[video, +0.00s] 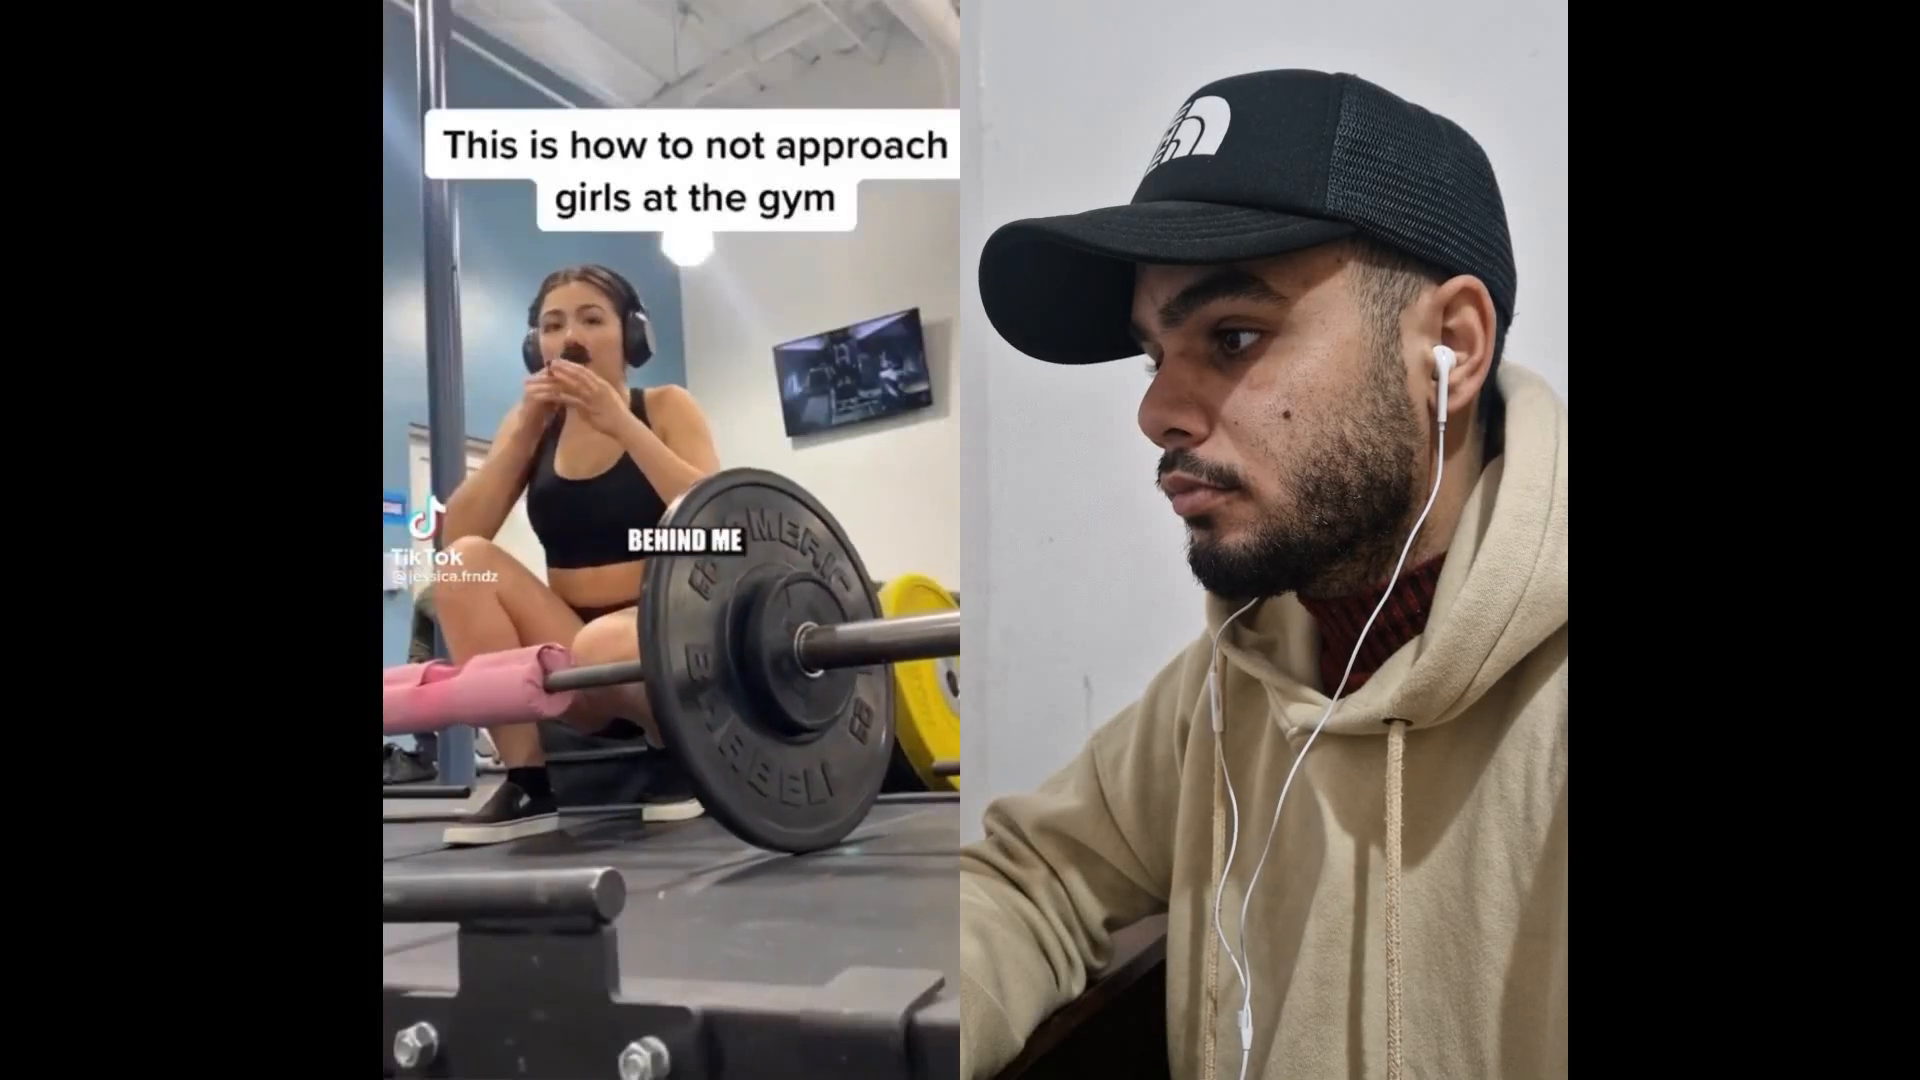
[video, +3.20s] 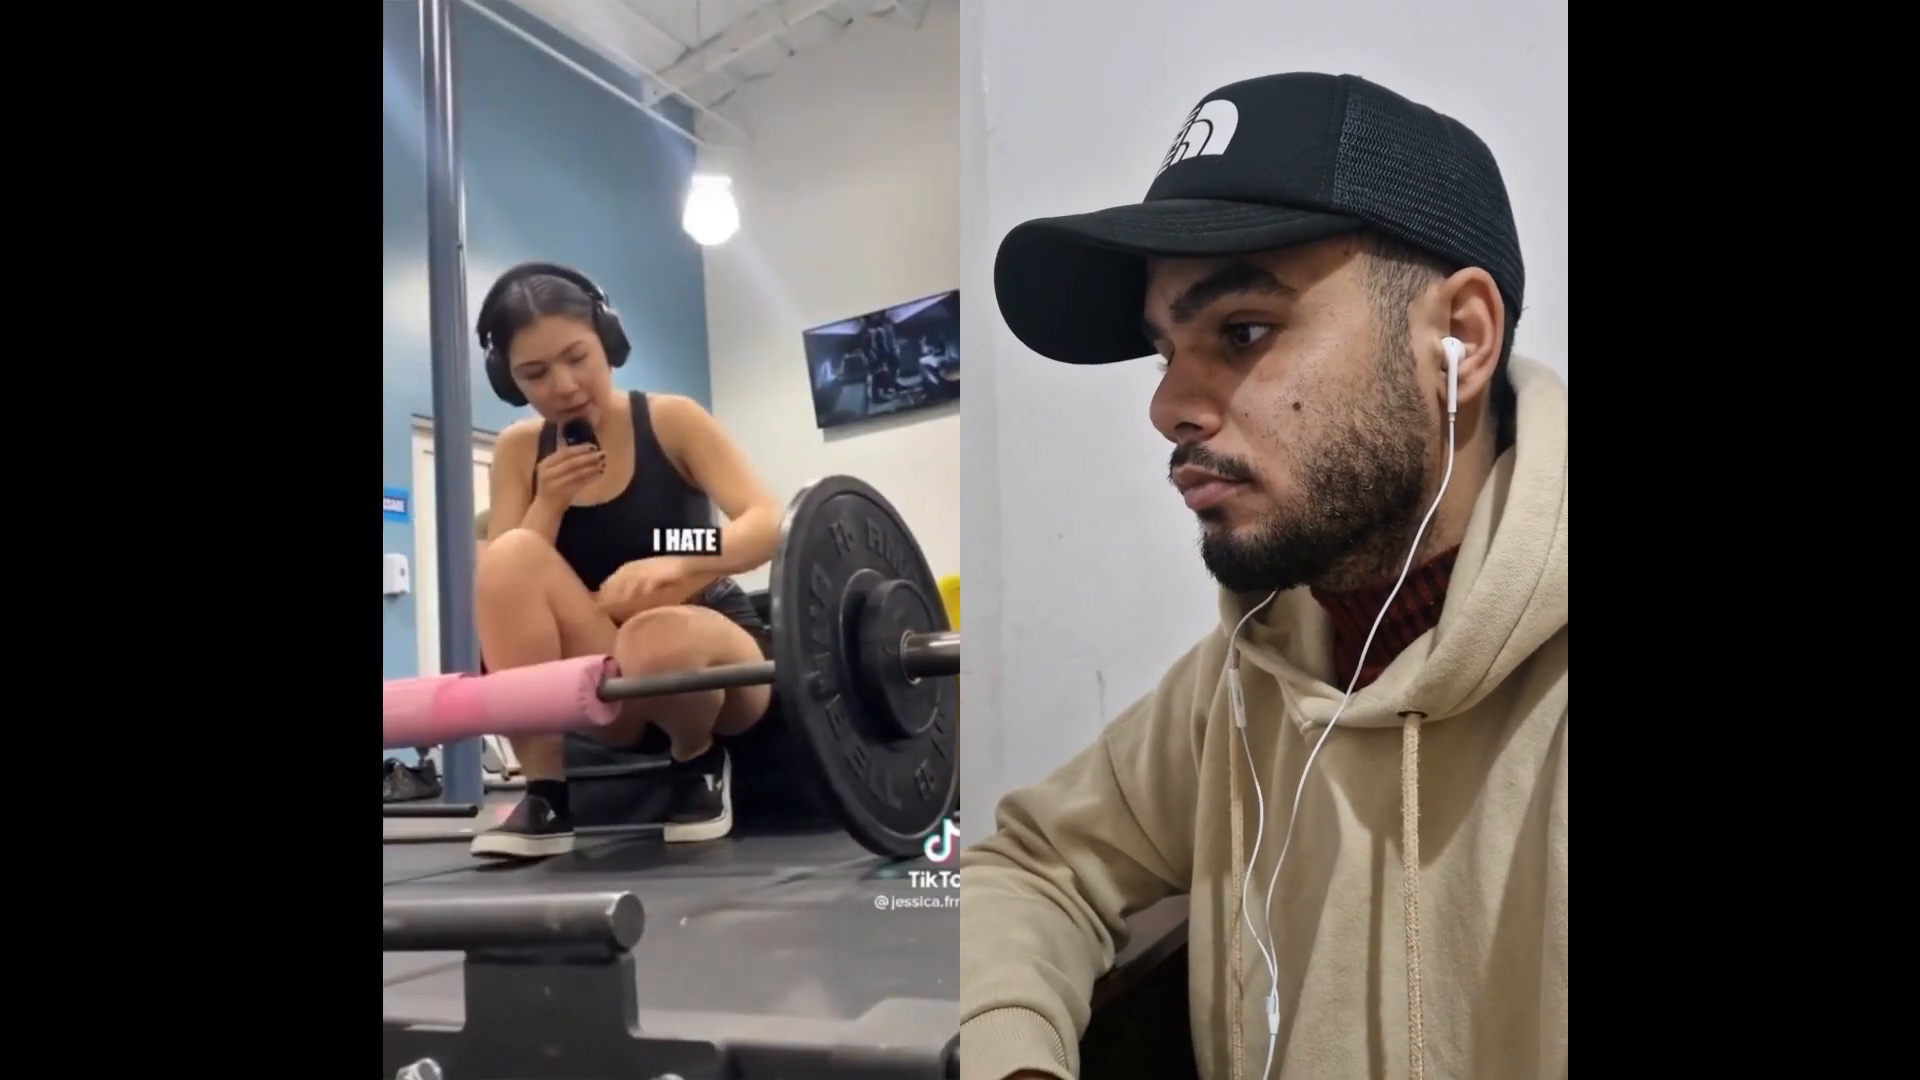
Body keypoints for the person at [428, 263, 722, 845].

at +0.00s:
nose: (571, 336)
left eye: (591, 319)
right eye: (553, 323)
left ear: (628, 336)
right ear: (538, 347)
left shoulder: (666, 407)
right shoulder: (536, 429)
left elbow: (709, 507)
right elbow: (456, 538)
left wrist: (621, 420)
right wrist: (522, 427)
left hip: (670, 633)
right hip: (571, 644)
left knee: (598, 644)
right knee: (463, 564)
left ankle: (679, 754)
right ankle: (527, 781)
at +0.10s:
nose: (573, 334)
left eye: (592, 319)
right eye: (554, 324)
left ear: (628, 336)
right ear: (537, 349)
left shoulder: (666, 410)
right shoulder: (530, 414)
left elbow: (717, 519)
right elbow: (468, 532)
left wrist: (616, 470)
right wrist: (535, 433)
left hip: (671, 628)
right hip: (571, 637)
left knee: (596, 646)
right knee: (461, 564)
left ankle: (689, 754)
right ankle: (527, 781)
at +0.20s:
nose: (575, 332)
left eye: (594, 317)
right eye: (556, 321)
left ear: (629, 334)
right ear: (538, 347)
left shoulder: (663, 411)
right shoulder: (531, 410)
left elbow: (702, 527)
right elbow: (478, 531)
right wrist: (544, 427)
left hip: (663, 630)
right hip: (567, 637)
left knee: (602, 639)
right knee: (462, 562)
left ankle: (676, 758)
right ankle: (526, 781)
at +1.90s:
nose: (586, 417)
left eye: (604, 394)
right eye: (564, 398)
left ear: (637, 376)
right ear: (540, 389)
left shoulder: (680, 442)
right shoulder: (531, 436)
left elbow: (732, 560)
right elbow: (496, 562)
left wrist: (688, 650)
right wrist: (554, 515)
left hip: (682, 662)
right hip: (582, 666)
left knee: (649, 612)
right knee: (483, 561)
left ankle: (677, 749)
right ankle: (528, 785)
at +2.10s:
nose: (495, 418)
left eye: (505, 391)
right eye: (477, 400)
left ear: (562, 361)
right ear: (467, 395)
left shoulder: (656, 422)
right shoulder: (500, 471)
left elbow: (677, 566)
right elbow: (541, 596)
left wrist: (521, 617)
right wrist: (510, 540)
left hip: (713, 647)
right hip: (602, 661)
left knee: (652, 641)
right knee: (476, 560)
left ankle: (690, 761)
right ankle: (539, 797)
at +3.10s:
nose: (559, 395)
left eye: (570, 366)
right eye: (530, 381)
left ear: (600, 348)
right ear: (507, 388)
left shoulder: (664, 420)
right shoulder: (515, 453)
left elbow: (740, 529)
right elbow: (501, 587)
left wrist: (595, 603)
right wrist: (535, 519)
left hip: (715, 665)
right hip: (602, 671)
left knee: (657, 634)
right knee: (502, 559)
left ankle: (698, 762)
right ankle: (542, 796)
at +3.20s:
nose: (565, 386)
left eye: (577, 358)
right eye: (537, 372)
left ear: (606, 342)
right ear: (513, 380)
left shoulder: (672, 420)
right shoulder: (520, 449)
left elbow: (764, 523)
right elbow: (502, 581)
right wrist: (548, 506)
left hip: (717, 664)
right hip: (602, 673)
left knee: (654, 640)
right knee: (506, 561)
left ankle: (696, 760)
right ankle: (543, 794)